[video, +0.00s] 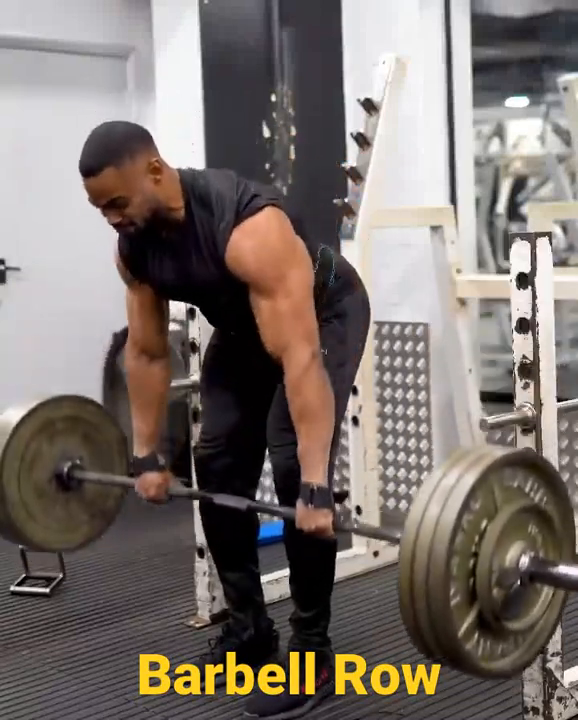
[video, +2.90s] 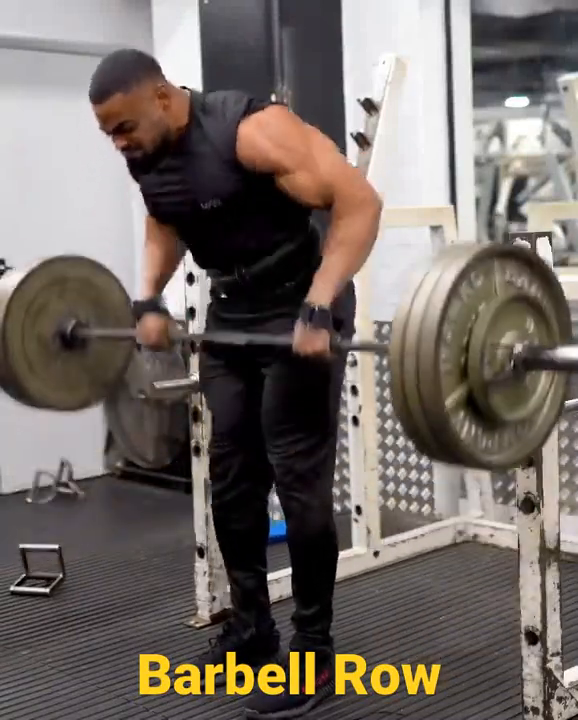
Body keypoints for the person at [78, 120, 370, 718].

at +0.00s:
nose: (112, 220)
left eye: (116, 203)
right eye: (103, 210)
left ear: (156, 170)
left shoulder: (251, 230)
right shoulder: (137, 248)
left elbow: (302, 358)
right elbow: (147, 352)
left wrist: (315, 483)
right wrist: (147, 453)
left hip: (322, 310)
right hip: (243, 322)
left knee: (293, 465)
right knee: (217, 465)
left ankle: (309, 649)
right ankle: (247, 626)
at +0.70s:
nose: (124, 169)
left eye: (130, 153)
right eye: (117, 158)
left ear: (174, 126)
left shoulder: (263, 174)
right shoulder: (155, 198)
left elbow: (340, 278)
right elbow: (163, 297)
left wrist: (324, 402)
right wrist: (155, 392)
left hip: (314, 327)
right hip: (244, 333)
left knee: (300, 476)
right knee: (235, 473)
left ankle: (312, 649)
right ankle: (250, 628)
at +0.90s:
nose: (141, 143)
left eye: (147, 127)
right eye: (132, 133)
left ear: (187, 94)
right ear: (129, 119)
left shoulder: (271, 130)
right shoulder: (160, 156)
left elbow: (373, 206)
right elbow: (167, 226)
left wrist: (330, 311)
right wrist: (157, 305)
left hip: (310, 320)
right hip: (237, 320)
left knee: (305, 482)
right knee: (241, 478)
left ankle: (313, 654)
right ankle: (254, 627)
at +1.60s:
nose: (129, 181)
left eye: (135, 164)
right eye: (121, 170)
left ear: (176, 134)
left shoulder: (265, 175)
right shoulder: (155, 199)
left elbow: (340, 281)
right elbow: (163, 290)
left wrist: (321, 403)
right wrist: (151, 383)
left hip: (317, 326)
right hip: (246, 335)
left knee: (306, 478)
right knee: (231, 483)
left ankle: (311, 648)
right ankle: (250, 627)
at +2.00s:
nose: (108, 220)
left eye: (114, 204)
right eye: (99, 209)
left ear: (155, 174)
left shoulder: (252, 230)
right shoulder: (141, 244)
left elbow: (304, 356)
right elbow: (151, 352)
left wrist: (317, 484)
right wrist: (152, 454)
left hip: (326, 312)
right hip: (248, 324)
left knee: (293, 465)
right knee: (218, 468)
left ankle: (310, 648)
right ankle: (248, 626)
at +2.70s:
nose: (113, 172)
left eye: (118, 156)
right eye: (105, 161)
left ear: (160, 127)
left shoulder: (251, 170)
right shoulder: (149, 193)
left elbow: (329, 277)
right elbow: (159, 292)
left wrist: (311, 400)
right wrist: (147, 386)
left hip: (318, 311)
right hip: (247, 319)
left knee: (305, 469)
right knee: (240, 468)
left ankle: (312, 648)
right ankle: (251, 624)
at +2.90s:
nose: (120, 145)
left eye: (125, 128)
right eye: (111, 134)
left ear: (168, 99)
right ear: (112, 122)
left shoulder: (255, 131)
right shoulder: (149, 159)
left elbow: (361, 204)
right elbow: (165, 225)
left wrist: (319, 306)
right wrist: (149, 297)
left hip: (303, 307)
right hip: (230, 311)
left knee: (299, 473)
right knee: (231, 475)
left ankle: (313, 647)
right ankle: (250, 627)